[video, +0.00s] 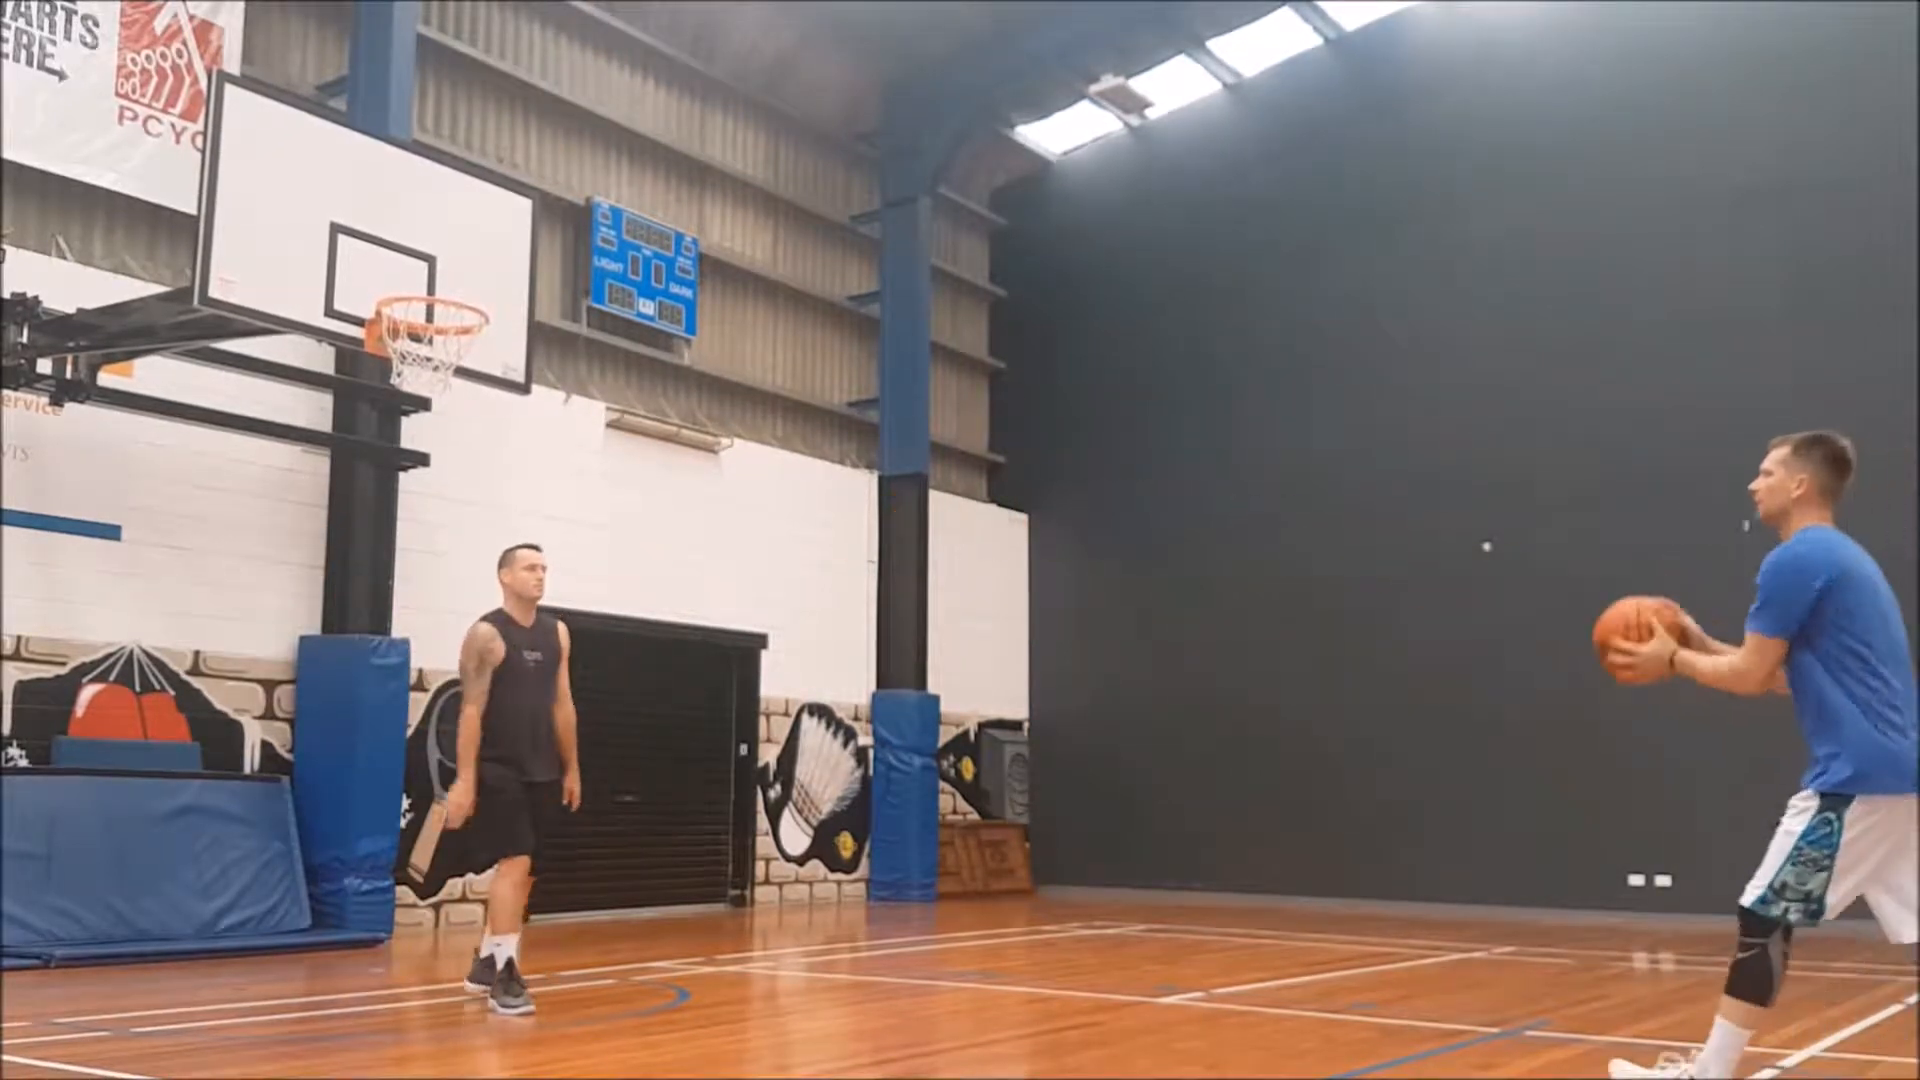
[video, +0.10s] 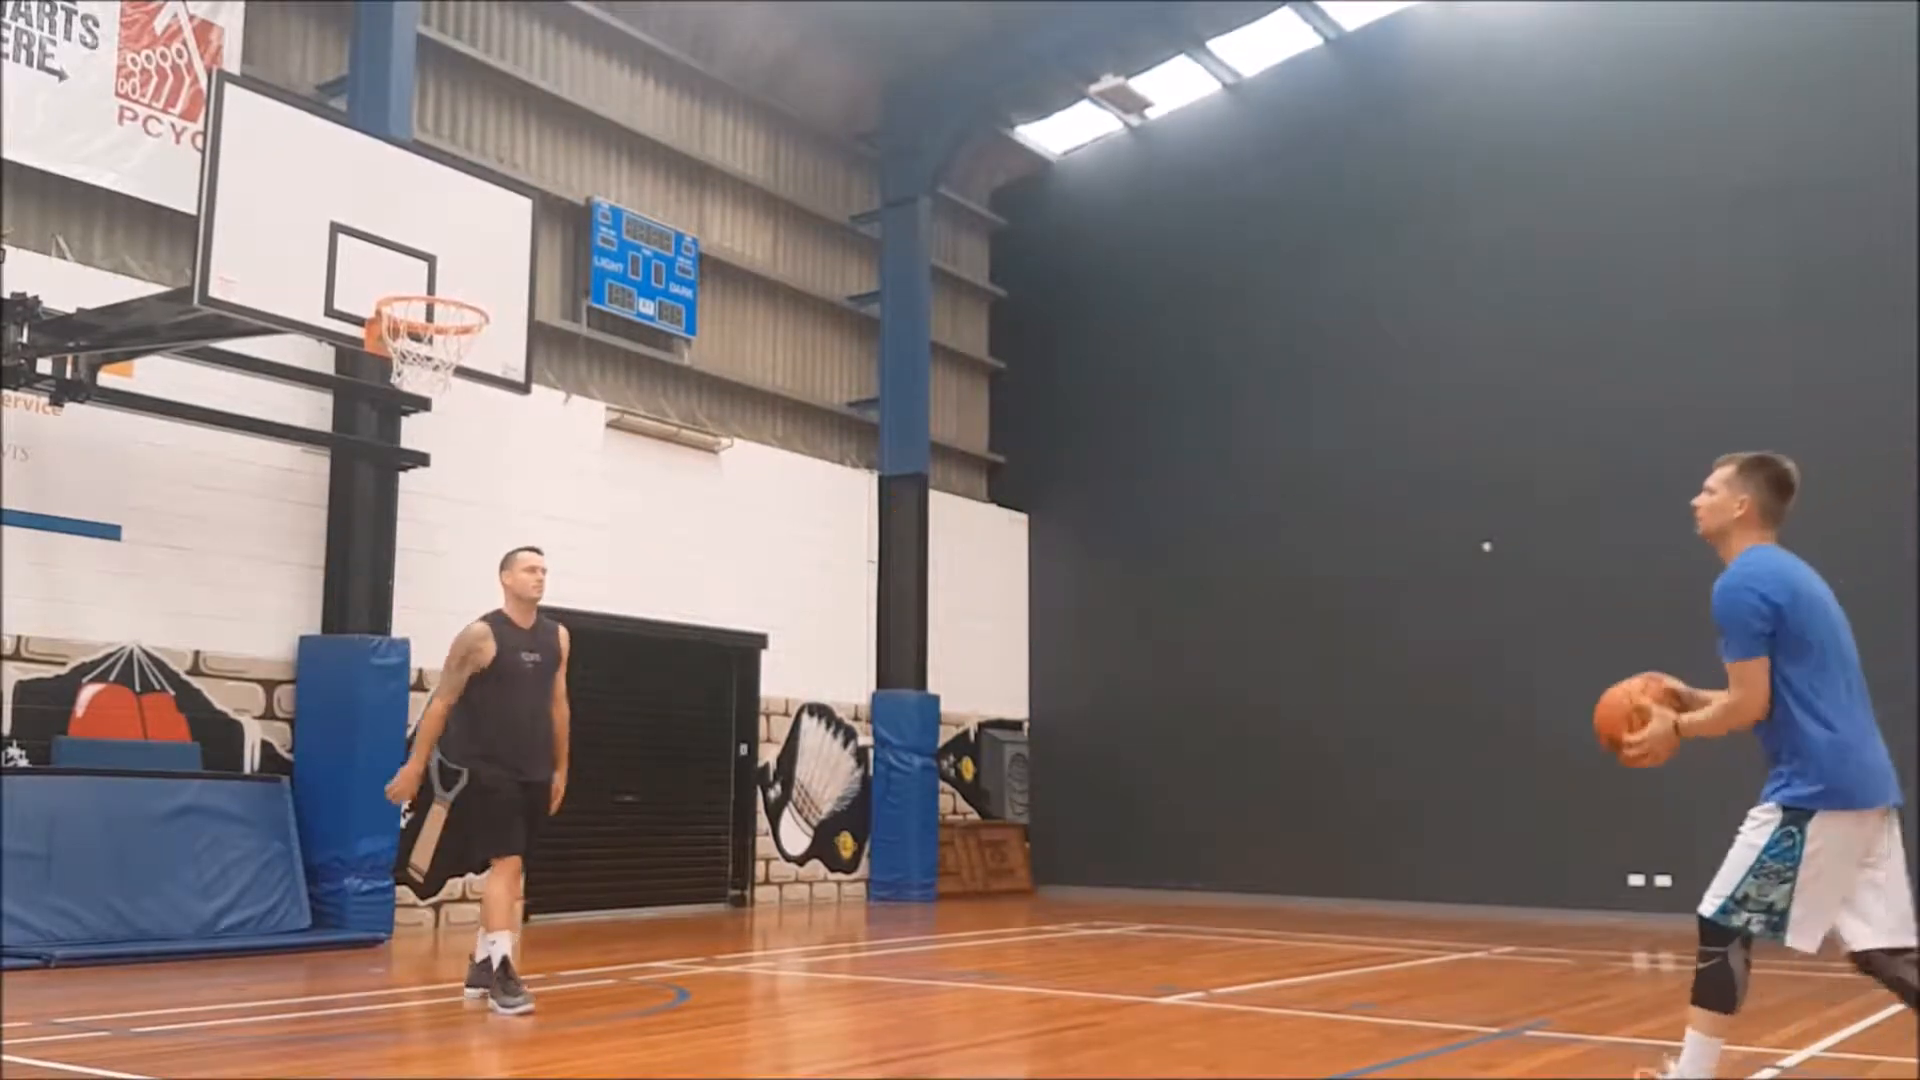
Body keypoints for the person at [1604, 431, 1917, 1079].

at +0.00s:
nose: (1753, 485)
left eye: (1765, 473)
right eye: (1758, 473)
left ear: (1801, 484)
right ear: (1812, 488)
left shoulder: (1798, 558)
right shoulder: (1845, 557)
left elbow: (1747, 673)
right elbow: (1782, 677)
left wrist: (1675, 660)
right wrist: (1697, 641)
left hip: (1857, 776)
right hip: (1901, 774)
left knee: (1764, 913)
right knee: (1914, 931)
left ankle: (1711, 1069)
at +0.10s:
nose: (1695, 502)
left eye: (1707, 491)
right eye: (1701, 490)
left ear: (1741, 504)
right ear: (1752, 508)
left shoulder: (1742, 582)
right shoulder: (1794, 574)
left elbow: (1748, 704)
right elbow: (1771, 697)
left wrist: (1678, 727)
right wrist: (1691, 699)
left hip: (1814, 787)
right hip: (1867, 784)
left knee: (1722, 922)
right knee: (1880, 949)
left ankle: (1690, 1071)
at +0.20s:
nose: (1644, 514)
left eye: (1657, 505)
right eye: (1651, 503)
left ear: (1688, 522)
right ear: (1698, 525)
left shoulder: (1697, 597)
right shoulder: (1733, 588)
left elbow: (1725, 713)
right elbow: (1731, 715)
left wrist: (1663, 769)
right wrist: (1663, 749)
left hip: (1777, 791)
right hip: (1816, 790)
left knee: (1673, 920)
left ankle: (1679, 1072)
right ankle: (1904, 1027)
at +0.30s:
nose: (1616, 524)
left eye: (1630, 516)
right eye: (1625, 514)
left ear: (1660, 537)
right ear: (1665, 539)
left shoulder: (1678, 610)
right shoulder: (1692, 603)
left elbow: (1689, 730)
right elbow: (1681, 725)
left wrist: (1606, 781)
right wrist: (1599, 768)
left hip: (1744, 802)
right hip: (1758, 799)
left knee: (1635, 923)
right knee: (1664, 932)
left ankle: (1676, 1071)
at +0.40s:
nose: (1607, 530)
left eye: (1622, 524)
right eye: (1616, 521)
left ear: (1653, 545)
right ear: (1651, 548)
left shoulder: (1678, 618)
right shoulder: (1640, 624)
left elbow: (1620, 727)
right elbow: (1593, 706)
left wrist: (1518, 721)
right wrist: (1508, 705)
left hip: (1718, 818)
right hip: (1675, 809)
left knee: (1612, 946)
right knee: (1575, 928)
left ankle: (1671, 1072)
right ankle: (1621, 1068)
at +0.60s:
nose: (1604, 499)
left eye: (1619, 493)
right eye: (1613, 489)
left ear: (1648, 518)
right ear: (1646, 520)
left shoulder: (1655, 586)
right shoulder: (1623, 584)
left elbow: (1525, 555)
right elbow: (1519, 555)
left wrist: (1531, 475)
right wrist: (1532, 479)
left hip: (1639, 805)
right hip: (1593, 795)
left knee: (1575, 952)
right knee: (1532, 935)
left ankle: (1667, 1071)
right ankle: (1609, 1069)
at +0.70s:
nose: (1612, 436)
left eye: (1629, 428)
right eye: (1618, 426)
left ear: (1657, 453)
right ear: (1619, 443)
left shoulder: (1652, 514)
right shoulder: (1604, 511)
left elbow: (1536, 459)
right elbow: (1518, 465)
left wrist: (1554, 376)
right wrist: (1560, 397)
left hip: (1614, 733)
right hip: (1571, 729)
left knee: (1601, 900)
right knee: (1561, 895)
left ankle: (1658, 1056)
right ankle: (1594, 1049)